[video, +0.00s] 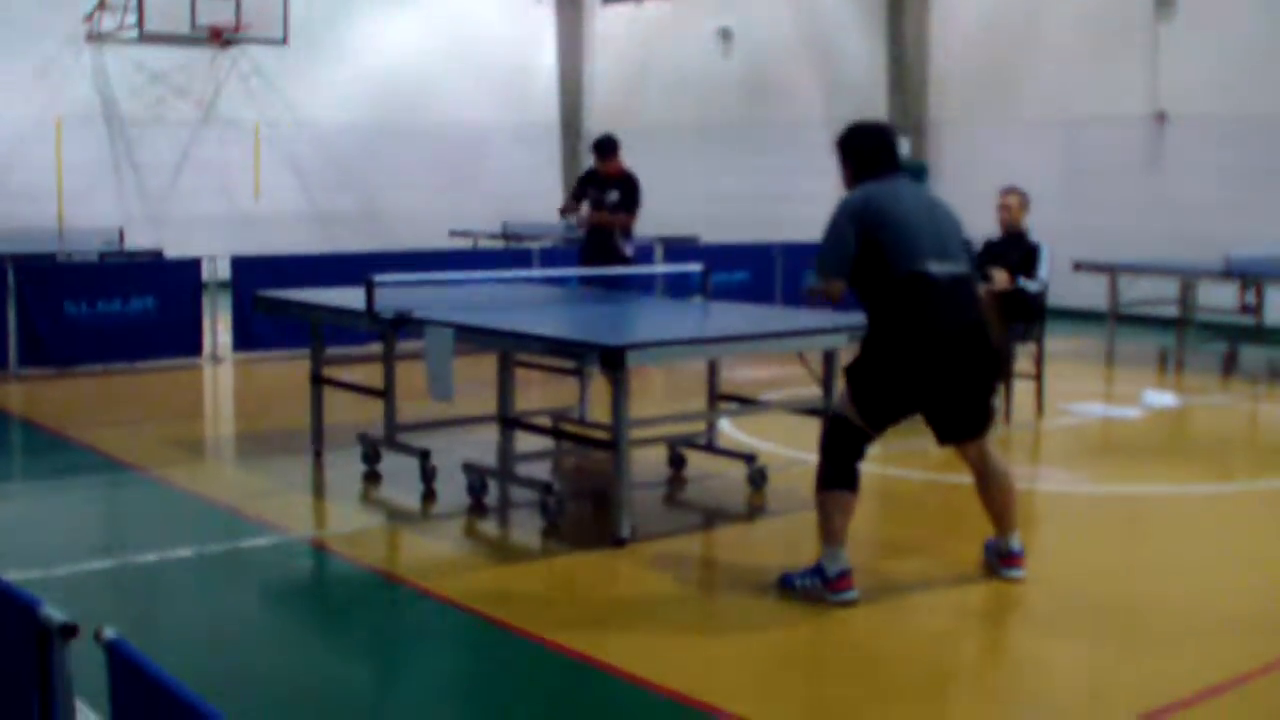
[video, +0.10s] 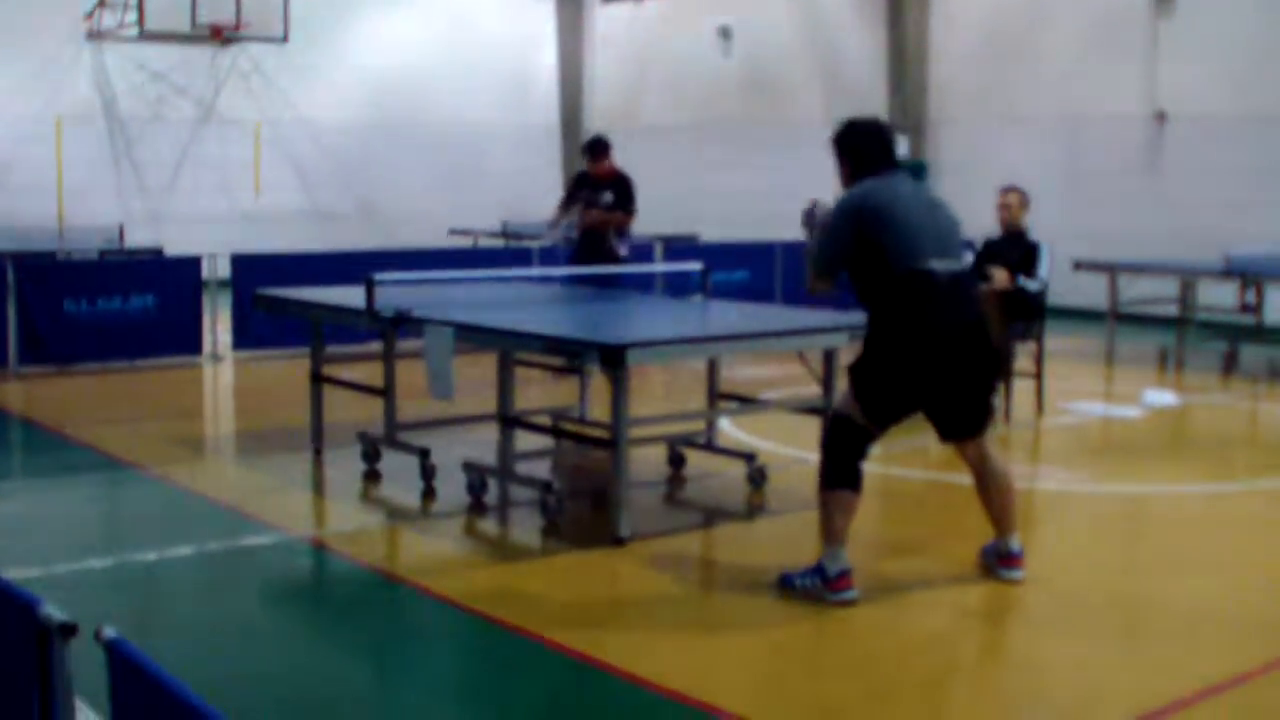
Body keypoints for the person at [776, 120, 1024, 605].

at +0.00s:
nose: (841, 174)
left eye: (842, 165)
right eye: (842, 165)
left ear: (850, 166)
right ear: (894, 159)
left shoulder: (857, 206)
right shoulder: (933, 204)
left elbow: (830, 288)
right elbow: (974, 281)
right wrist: (995, 346)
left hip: (900, 348)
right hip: (964, 345)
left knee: (842, 438)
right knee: (977, 447)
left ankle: (833, 566)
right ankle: (1009, 546)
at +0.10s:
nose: (838, 170)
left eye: (839, 162)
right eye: (840, 161)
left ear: (847, 164)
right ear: (890, 155)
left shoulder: (854, 207)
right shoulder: (925, 199)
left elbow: (820, 279)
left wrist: (817, 231)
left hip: (901, 349)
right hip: (964, 345)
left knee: (843, 436)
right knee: (977, 447)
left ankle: (833, 565)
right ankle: (1009, 547)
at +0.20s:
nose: (843, 165)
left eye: (844, 158)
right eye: (847, 156)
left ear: (849, 160)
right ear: (894, 150)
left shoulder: (857, 204)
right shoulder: (929, 193)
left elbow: (821, 278)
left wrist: (834, 207)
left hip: (909, 345)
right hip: (970, 340)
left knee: (847, 439)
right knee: (977, 442)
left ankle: (834, 563)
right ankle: (1009, 545)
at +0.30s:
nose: (853, 158)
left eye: (855, 150)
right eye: (855, 150)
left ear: (862, 152)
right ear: (906, 142)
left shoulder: (869, 197)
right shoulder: (937, 188)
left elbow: (832, 270)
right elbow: (939, 276)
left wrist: (850, 199)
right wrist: (885, 344)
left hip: (918, 341)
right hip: (976, 339)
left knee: (857, 438)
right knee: (979, 439)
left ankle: (834, 561)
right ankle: (1009, 544)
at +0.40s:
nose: (866, 151)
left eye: (869, 142)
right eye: (868, 141)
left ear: (877, 146)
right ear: (921, 141)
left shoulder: (883, 195)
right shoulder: (951, 190)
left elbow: (848, 268)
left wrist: (864, 198)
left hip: (920, 341)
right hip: (978, 340)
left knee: (866, 439)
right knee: (979, 439)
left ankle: (835, 560)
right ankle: (1008, 543)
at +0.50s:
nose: (876, 145)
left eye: (879, 137)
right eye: (881, 136)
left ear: (885, 142)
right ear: (931, 138)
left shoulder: (888, 192)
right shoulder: (959, 188)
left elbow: (851, 264)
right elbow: (982, 267)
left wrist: (869, 197)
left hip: (921, 339)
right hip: (979, 338)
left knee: (869, 444)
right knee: (979, 438)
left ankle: (837, 562)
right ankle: (1007, 544)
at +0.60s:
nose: (880, 142)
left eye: (882, 135)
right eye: (886, 134)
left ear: (887, 139)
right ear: (935, 137)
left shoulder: (888, 190)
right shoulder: (964, 188)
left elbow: (851, 262)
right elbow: (991, 267)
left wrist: (871, 188)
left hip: (920, 340)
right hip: (979, 339)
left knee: (865, 435)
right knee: (977, 435)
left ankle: (840, 562)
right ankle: (1007, 544)